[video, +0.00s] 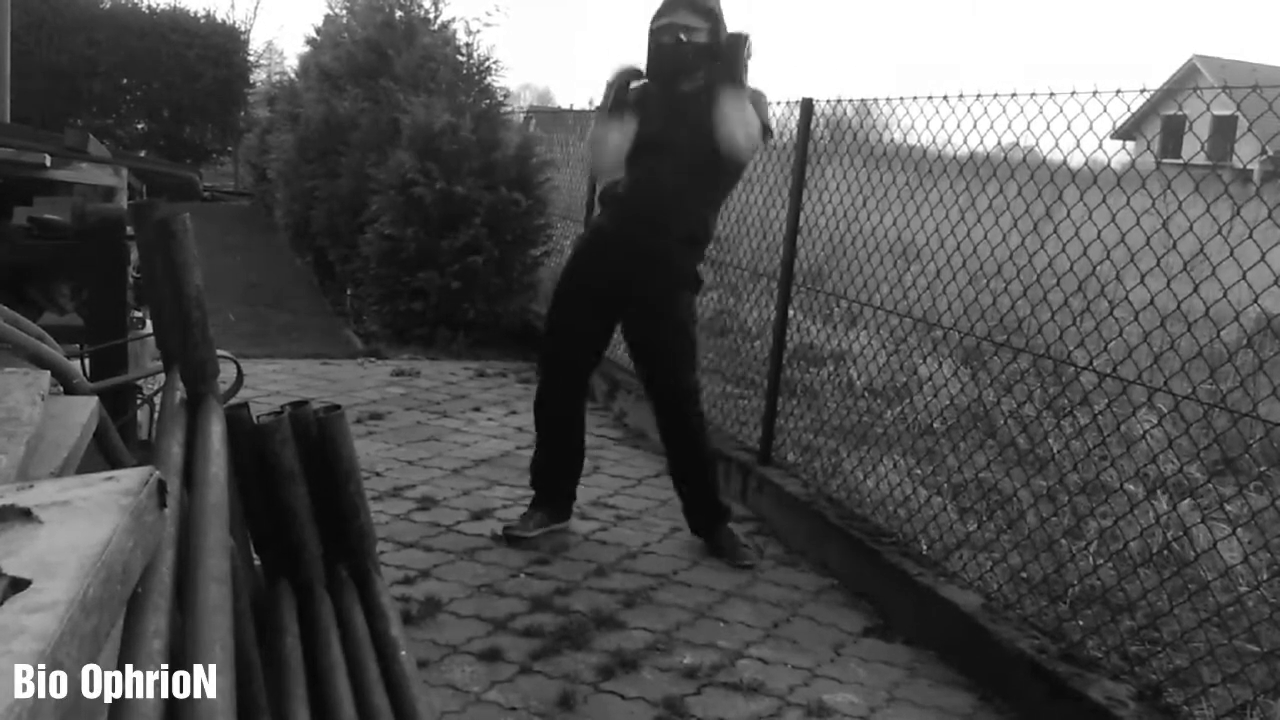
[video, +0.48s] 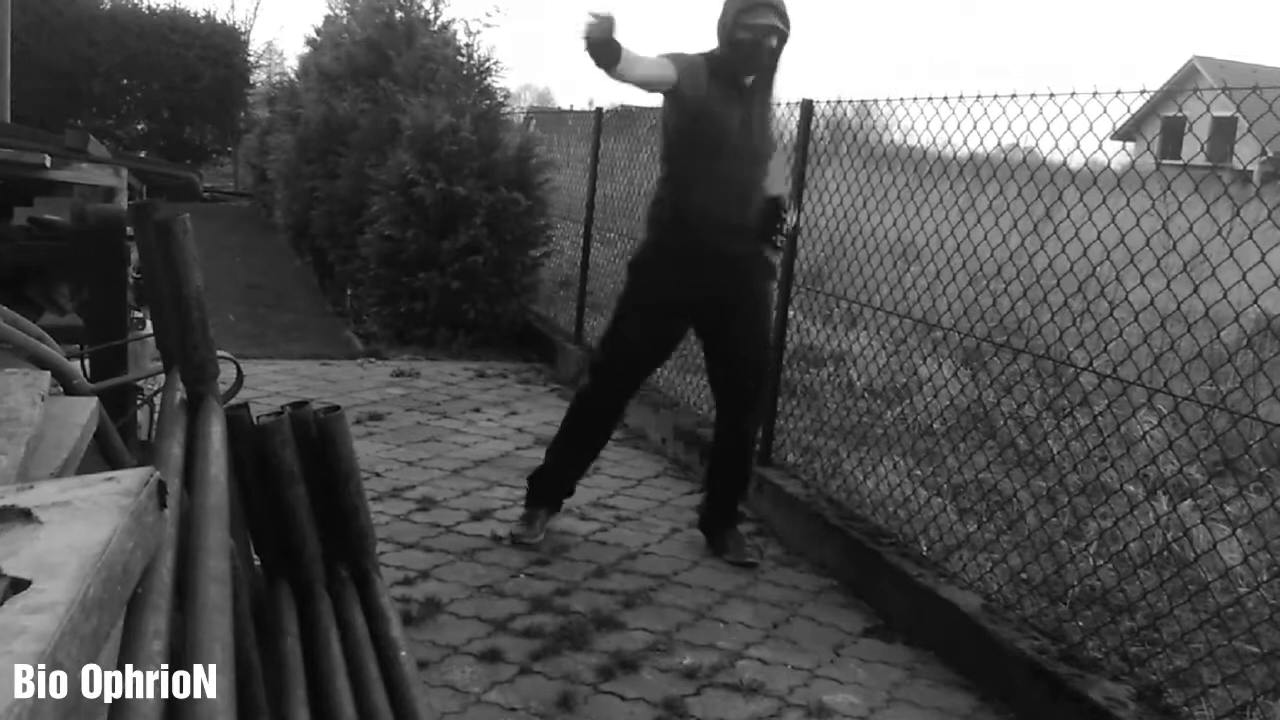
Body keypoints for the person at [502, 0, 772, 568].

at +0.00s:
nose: (677, 44)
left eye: (691, 34)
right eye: (666, 33)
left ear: (715, 44)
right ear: (652, 41)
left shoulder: (732, 104)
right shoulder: (638, 99)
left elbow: (739, 144)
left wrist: (730, 76)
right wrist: (618, 101)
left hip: (664, 267)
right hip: (600, 256)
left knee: (679, 399)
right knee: (560, 377)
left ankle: (712, 523)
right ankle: (551, 504)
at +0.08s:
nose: (690, 51)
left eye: (704, 40)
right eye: (680, 38)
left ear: (726, 46)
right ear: (663, 39)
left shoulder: (748, 99)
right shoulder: (639, 88)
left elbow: (786, 185)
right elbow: (571, 140)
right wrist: (583, 126)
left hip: (678, 265)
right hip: (606, 253)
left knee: (694, 400)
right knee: (564, 375)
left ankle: (715, 523)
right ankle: (552, 505)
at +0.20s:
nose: (710, 50)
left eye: (725, 41)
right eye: (702, 35)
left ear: (743, 42)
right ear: (682, 27)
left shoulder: (753, 85)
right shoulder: (641, 55)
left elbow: (789, 165)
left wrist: (762, 205)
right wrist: (595, 99)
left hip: (698, 255)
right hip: (623, 244)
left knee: (707, 396)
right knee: (577, 380)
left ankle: (718, 522)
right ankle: (549, 502)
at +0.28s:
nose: (738, 48)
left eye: (750, 40)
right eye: (730, 35)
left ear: (758, 43)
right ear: (704, 27)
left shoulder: (748, 88)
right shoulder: (663, 51)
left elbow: (756, 156)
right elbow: (603, 24)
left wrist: (756, 199)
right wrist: (582, 38)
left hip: (715, 257)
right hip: (643, 248)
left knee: (721, 394)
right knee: (591, 378)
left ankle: (721, 520)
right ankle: (541, 498)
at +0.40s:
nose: (759, 49)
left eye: (767, 41)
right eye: (749, 37)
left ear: (771, 48)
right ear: (719, 36)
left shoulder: (745, 105)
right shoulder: (680, 76)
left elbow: (725, 177)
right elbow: (622, 49)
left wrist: (751, 212)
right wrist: (581, 12)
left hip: (728, 273)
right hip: (661, 262)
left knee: (738, 399)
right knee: (604, 386)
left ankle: (723, 521)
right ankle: (543, 501)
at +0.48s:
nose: (763, 48)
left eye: (773, 39)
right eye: (752, 36)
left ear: (781, 45)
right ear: (727, 36)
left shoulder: (763, 99)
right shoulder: (693, 72)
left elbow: (761, 169)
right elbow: (644, 69)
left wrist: (769, 206)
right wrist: (611, 53)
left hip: (738, 270)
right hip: (673, 258)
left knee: (743, 400)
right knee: (610, 384)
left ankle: (722, 521)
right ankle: (543, 502)